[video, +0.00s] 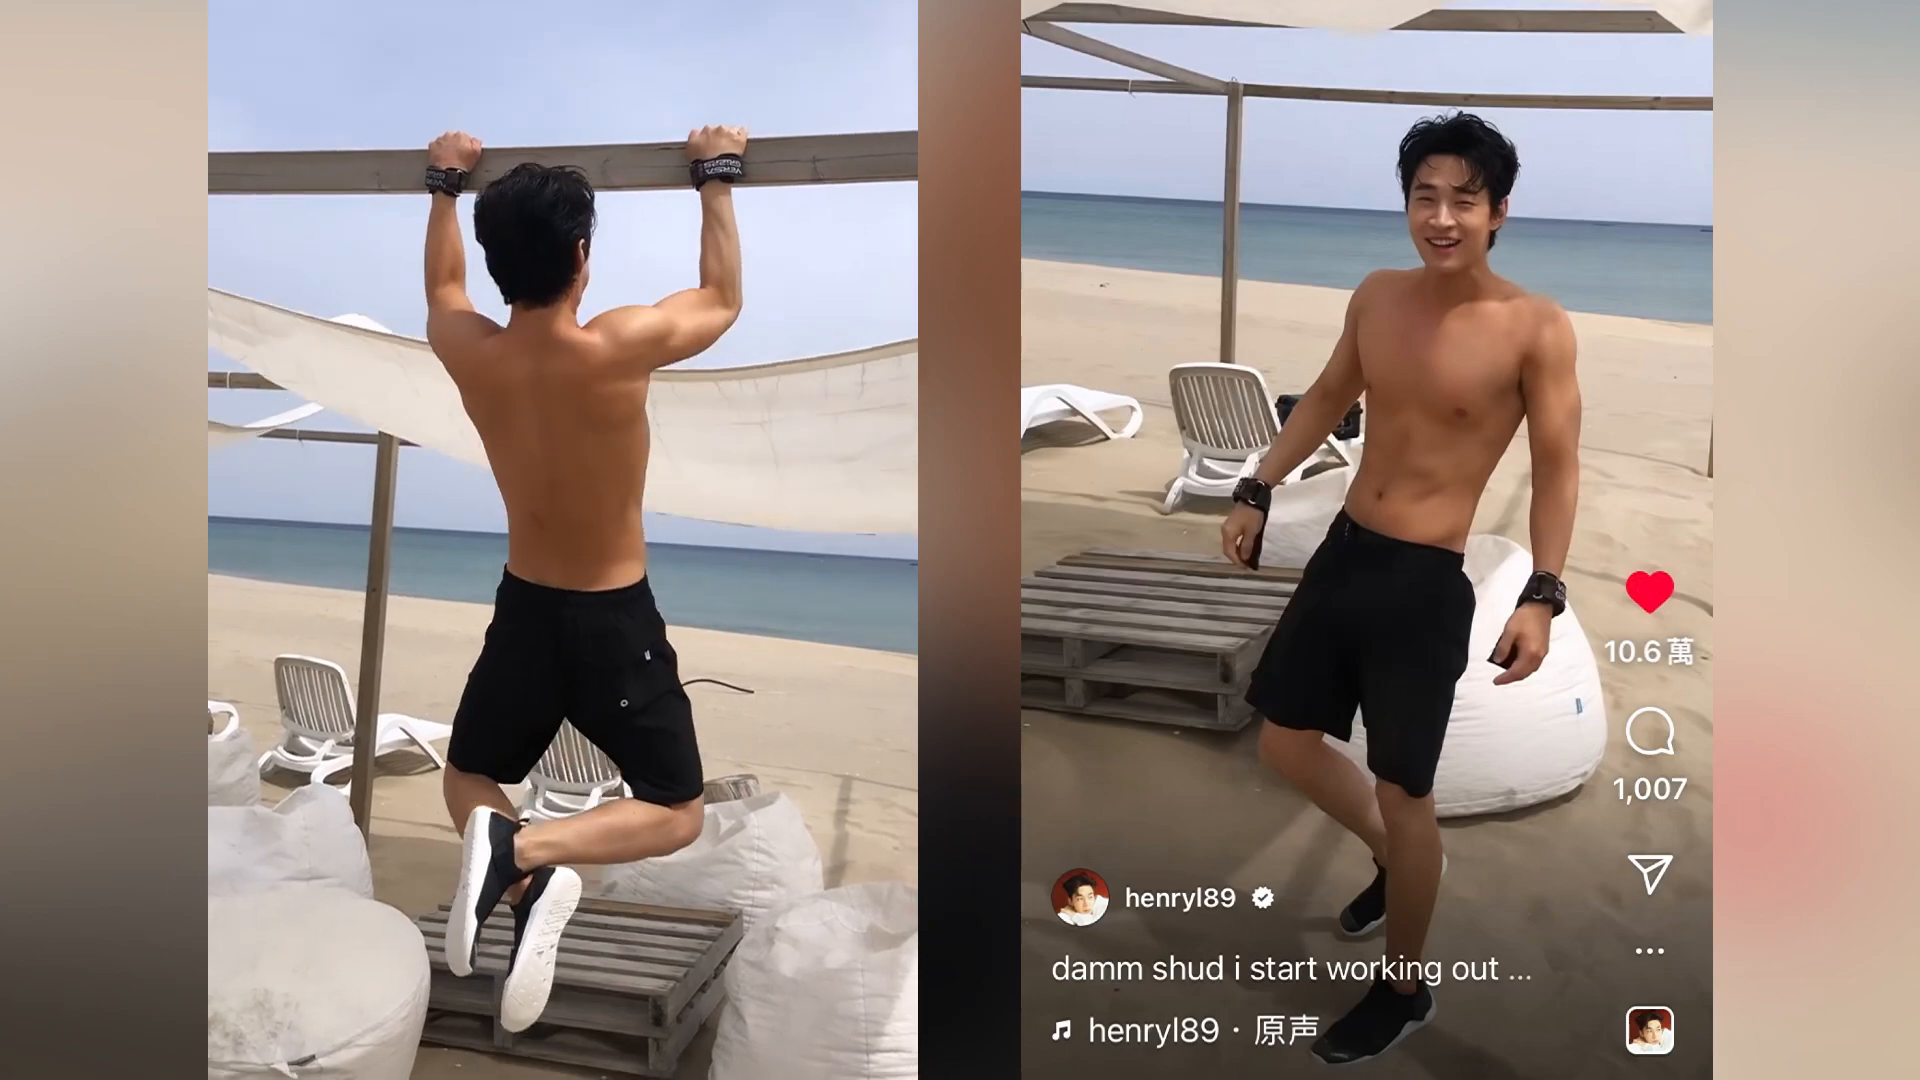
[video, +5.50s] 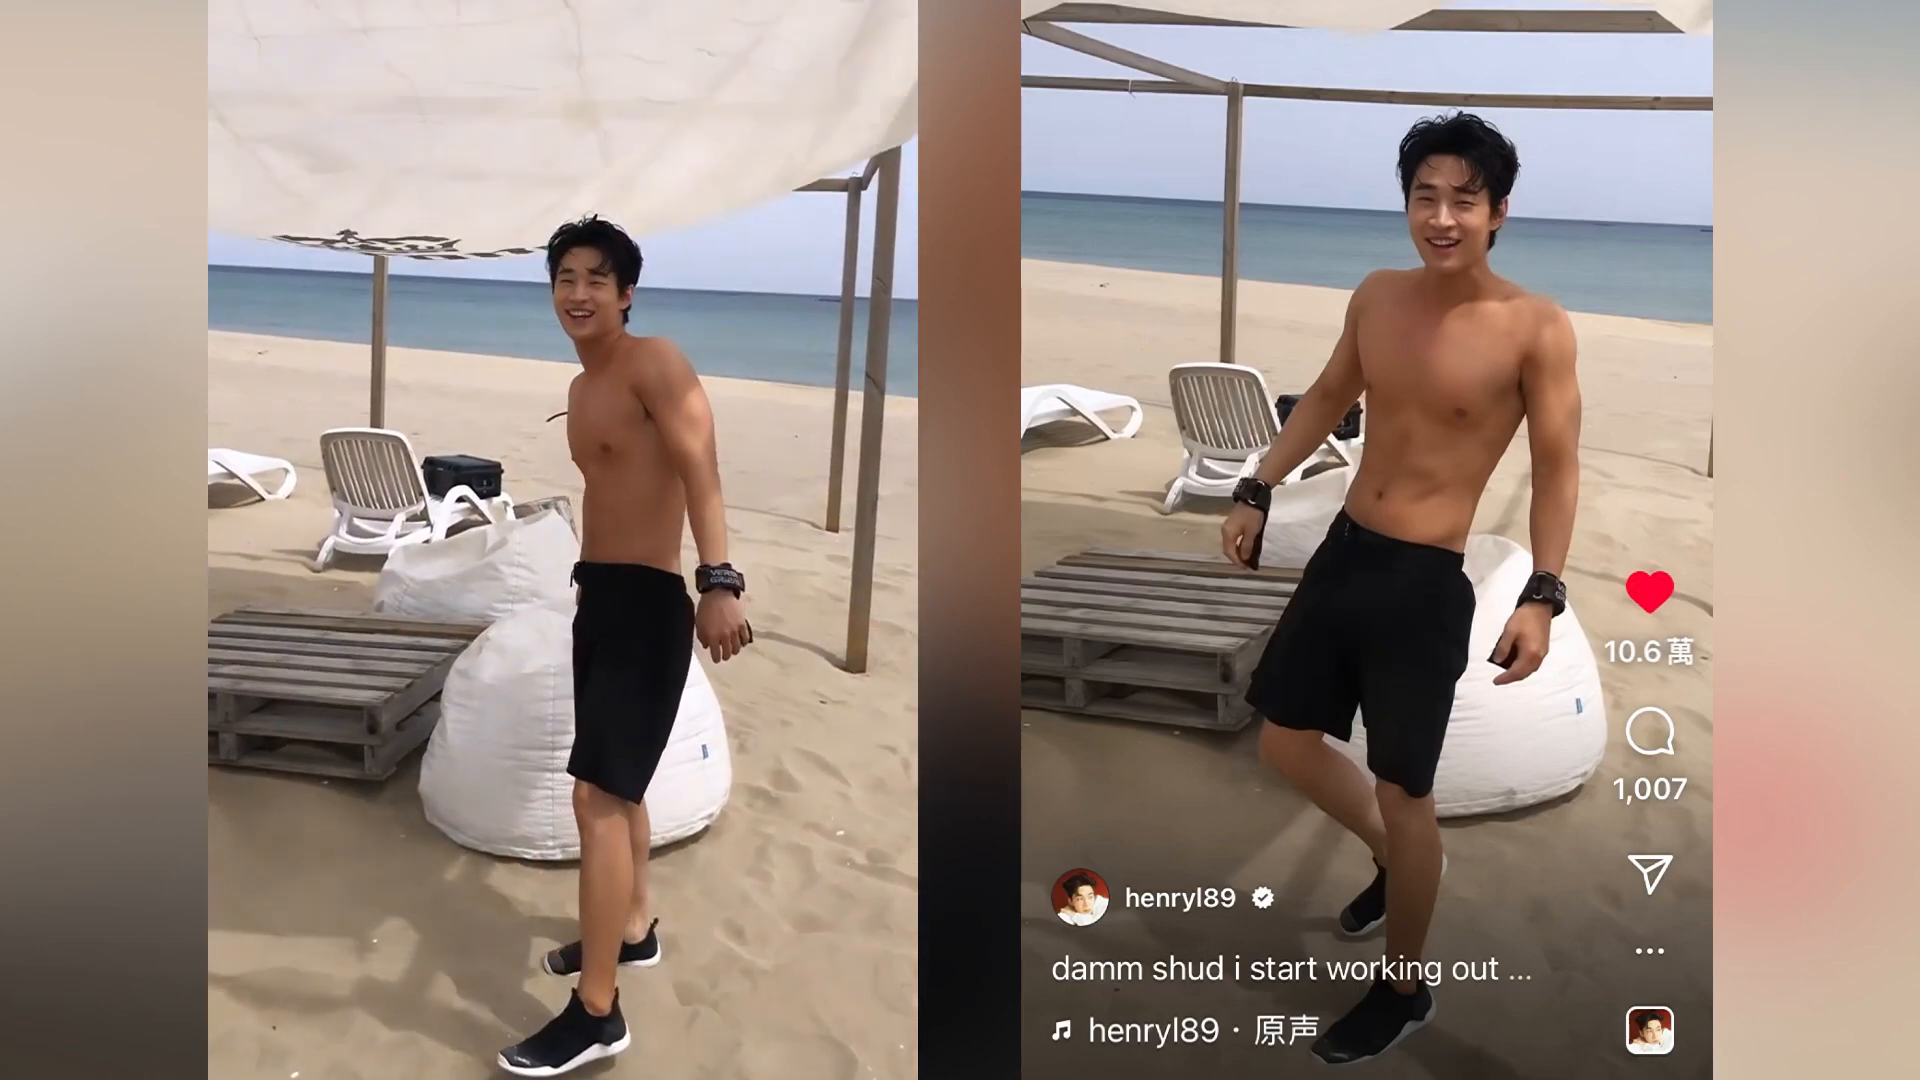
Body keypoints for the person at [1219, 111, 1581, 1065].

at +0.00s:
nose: (1440, 216)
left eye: (1462, 198)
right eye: (1424, 197)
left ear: (1498, 210)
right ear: (1406, 208)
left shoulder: (1535, 328)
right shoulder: (1378, 296)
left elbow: (1556, 468)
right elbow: (1330, 398)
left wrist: (1540, 595)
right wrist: (1255, 484)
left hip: (1426, 579)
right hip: (1345, 553)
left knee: (1402, 799)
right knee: (1284, 742)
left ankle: (1403, 981)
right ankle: (1398, 847)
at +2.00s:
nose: (1440, 216)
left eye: (1462, 198)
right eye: (1424, 197)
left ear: (1498, 210)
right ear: (1406, 207)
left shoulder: (1535, 328)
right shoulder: (1378, 296)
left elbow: (1556, 468)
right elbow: (1330, 397)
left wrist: (1541, 595)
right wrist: (1255, 484)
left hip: (1426, 579)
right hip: (1344, 553)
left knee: (1403, 799)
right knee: (1285, 742)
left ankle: (1403, 981)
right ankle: (1399, 847)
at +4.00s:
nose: (1440, 216)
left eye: (1461, 198)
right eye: (1424, 197)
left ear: (1498, 210)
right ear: (1406, 208)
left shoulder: (1535, 328)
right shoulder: (1379, 297)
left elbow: (1556, 469)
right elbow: (1330, 398)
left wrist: (1540, 595)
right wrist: (1256, 484)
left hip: (1427, 579)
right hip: (1345, 553)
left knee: (1402, 799)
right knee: (1284, 742)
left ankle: (1403, 981)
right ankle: (1398, 846)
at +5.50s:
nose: (1440, 216)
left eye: (1461, 198)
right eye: (1424, 197)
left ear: (1498, 210)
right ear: (1406, 208)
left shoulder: (1535, 328)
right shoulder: (1379, 296)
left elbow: (1556, 469)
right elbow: (1330, 398)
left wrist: (1540, 595)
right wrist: (1256, 484)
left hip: (1427, 579)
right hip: (1345, 553)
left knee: (1402, 799)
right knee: (1284, 742)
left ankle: (1403, 981)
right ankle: (1398, 846)